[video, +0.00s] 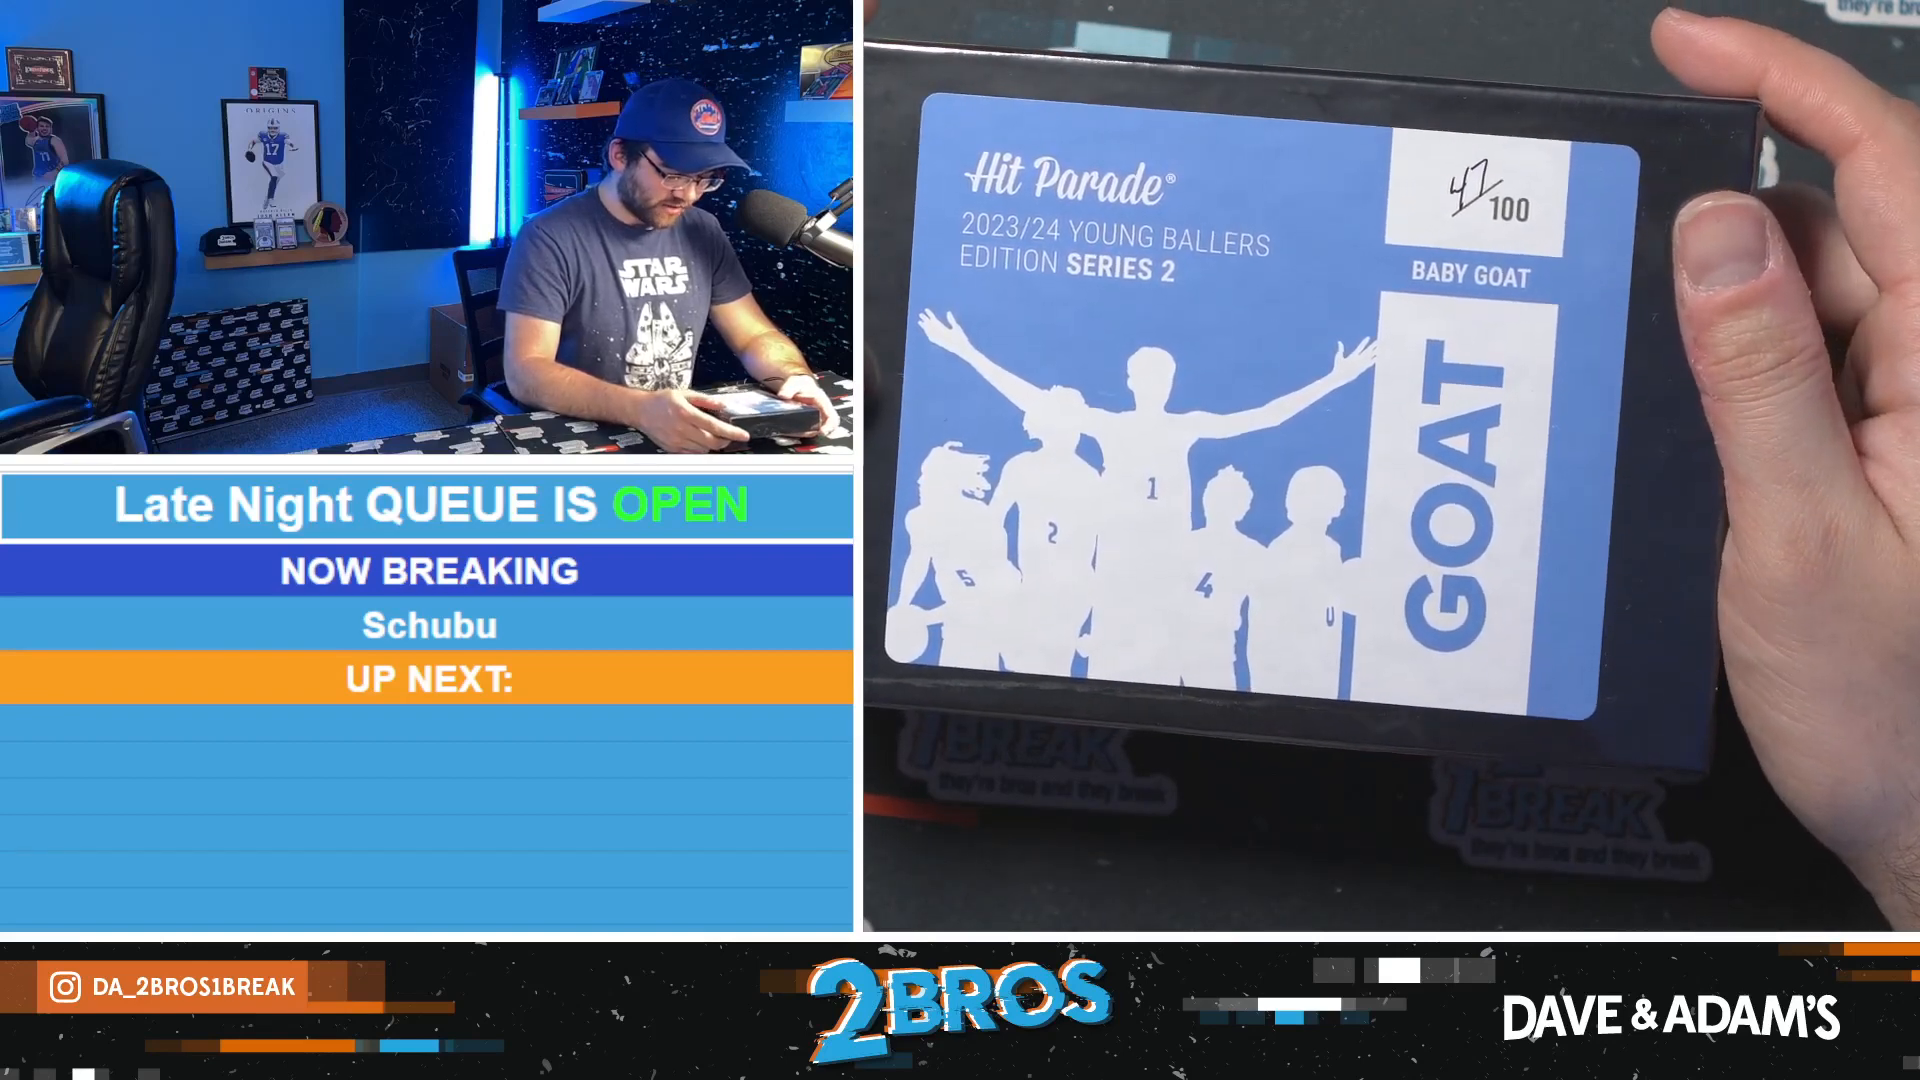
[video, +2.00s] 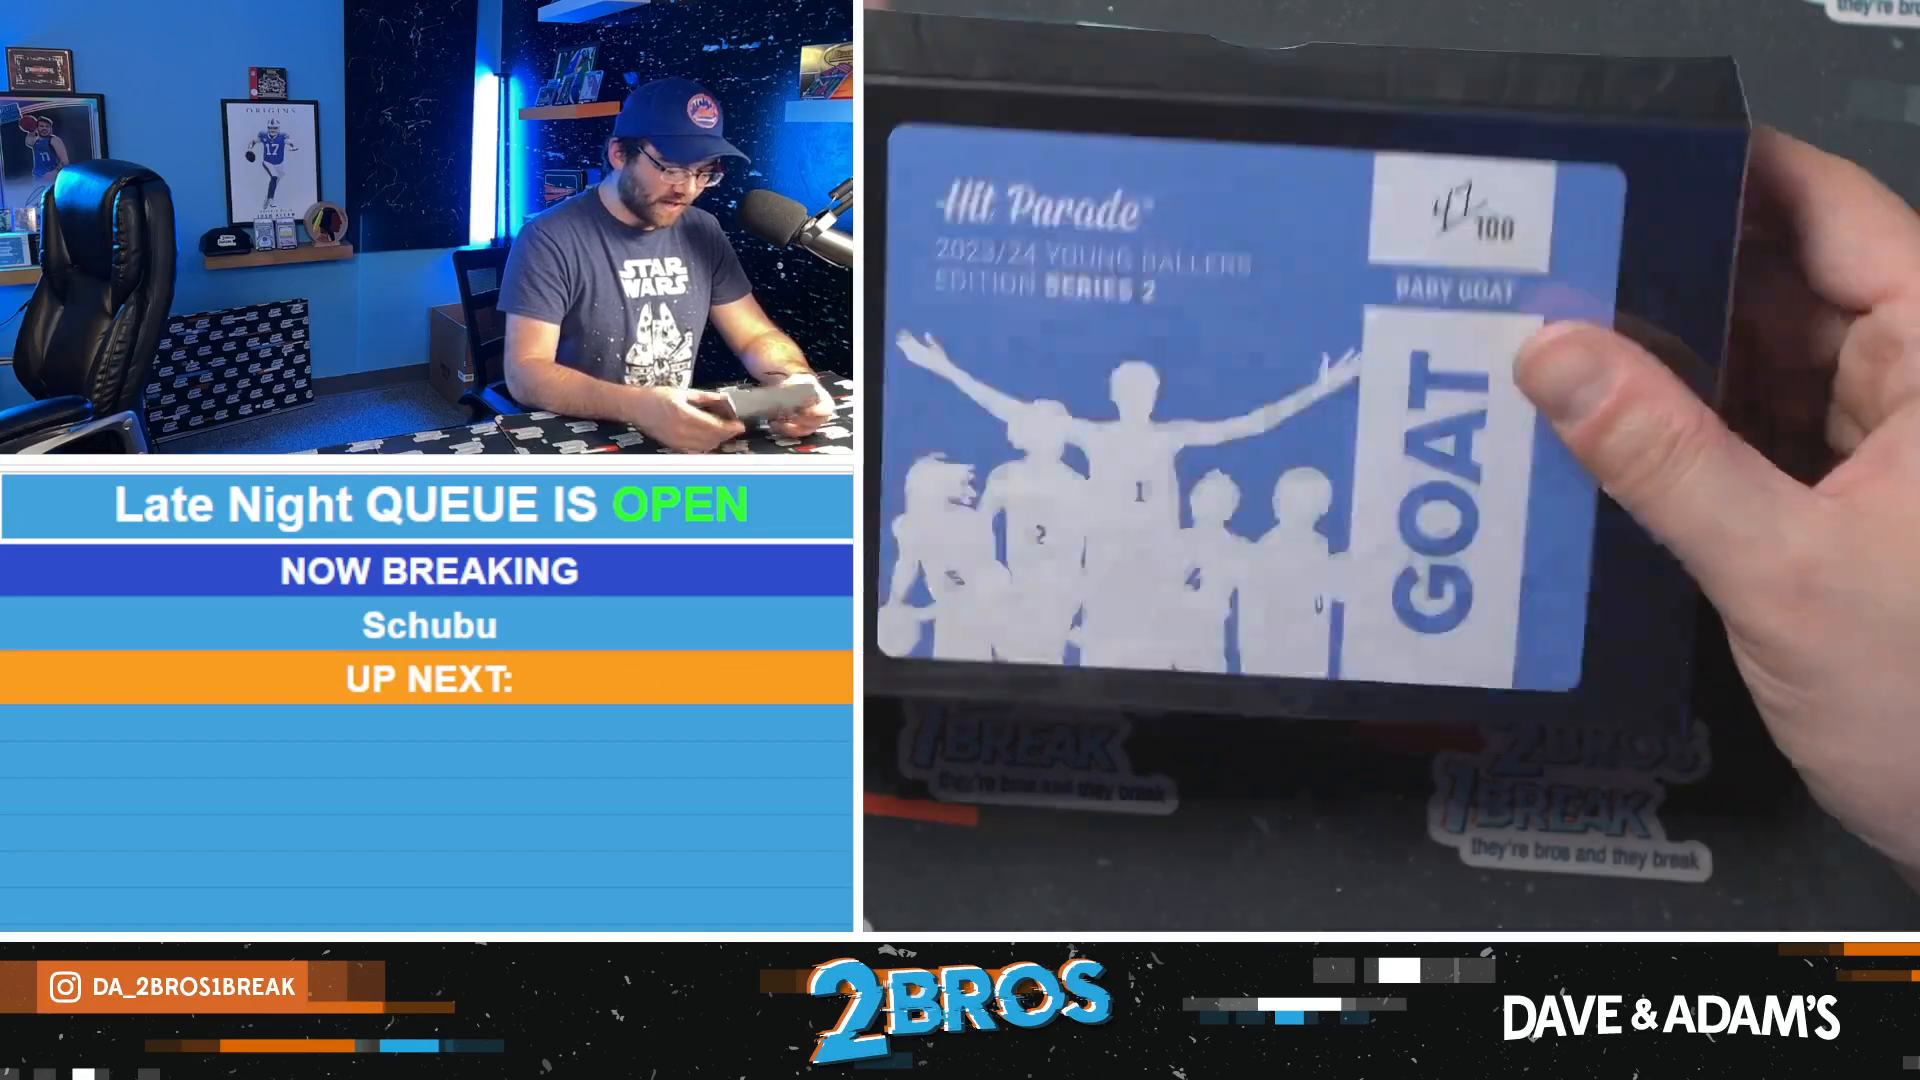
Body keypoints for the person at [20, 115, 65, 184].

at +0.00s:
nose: (44, 128)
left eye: (47, 126)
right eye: (41, 126)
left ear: (50, 128)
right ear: (37, 128)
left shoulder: (55, 140)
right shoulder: (35, 140)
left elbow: (64, 160)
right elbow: (28, 142)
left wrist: (54, 173)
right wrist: (31, 132)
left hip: (51, 177)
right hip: (37, 176)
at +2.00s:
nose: (44, 128)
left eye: (47, 126)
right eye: (41, 126)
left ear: (51, 129)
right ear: (37, 128)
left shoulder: (54, 140)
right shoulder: (35, 140)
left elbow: (64, 161)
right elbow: (28, 142)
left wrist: (54, 173)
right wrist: (31, 133)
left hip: (50, 177)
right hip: (37, 176)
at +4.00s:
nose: (44, 128)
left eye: (46, 126)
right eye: (41, 126)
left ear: (51, 128)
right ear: (37, 128)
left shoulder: (54, 140)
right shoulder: (35, 140)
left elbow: (64, 160)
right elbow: (28, 141)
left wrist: (54, 172)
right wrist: (31, 133)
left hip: (50, 176)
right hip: (37, 176)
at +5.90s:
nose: (44, 128)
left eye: (47, 126)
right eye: (41, 126)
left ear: (50, 128)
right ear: (37, 128)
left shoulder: (54, 140)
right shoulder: (35, 140)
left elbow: (64, 161)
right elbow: (28, 142)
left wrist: (53, 173)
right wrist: (31, 132)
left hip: (50, 177)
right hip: (37, 176)